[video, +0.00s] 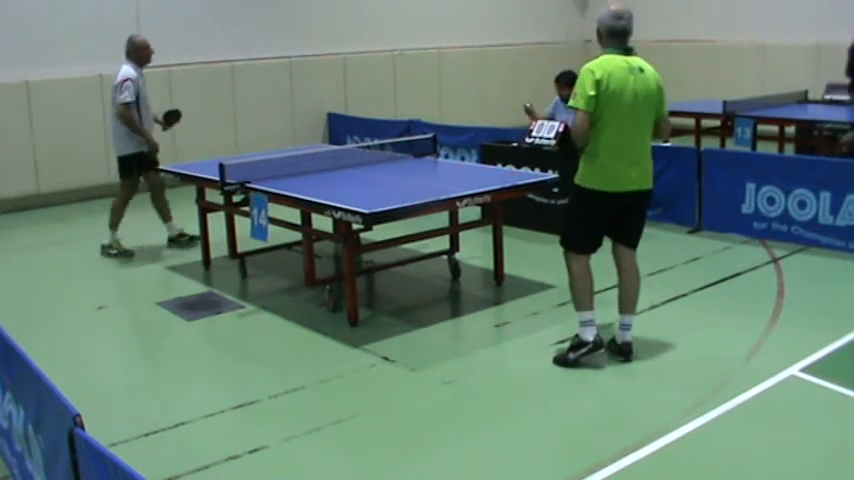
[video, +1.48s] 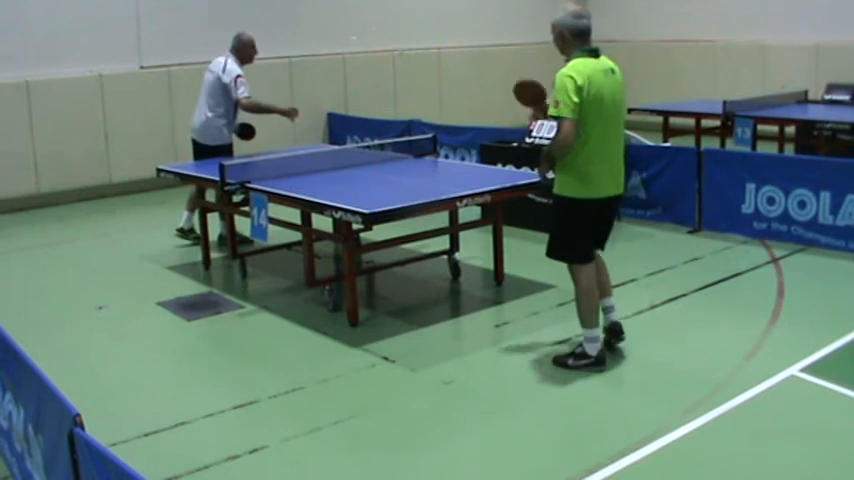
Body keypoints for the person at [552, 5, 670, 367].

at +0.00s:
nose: (597, 39)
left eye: (597, 34)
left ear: (599, 35)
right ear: (630, 35)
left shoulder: (593, 71)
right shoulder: (651, 75)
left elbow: (580, 129)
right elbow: (663, 131)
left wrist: (580, 140)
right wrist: (629, 126)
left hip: (596, 184)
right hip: (638, 184)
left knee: (577, 252)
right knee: (626, 251)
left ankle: (588, 336)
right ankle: (625, 339)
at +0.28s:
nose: (601, 37)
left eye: (601, 32)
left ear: (603, 34)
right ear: (635, 35)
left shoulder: (595, 71)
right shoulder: (653, 76)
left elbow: (579, 128)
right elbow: (664, 131)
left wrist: (581, 142)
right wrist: (631, 124)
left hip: (596, 183)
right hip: (638, 184)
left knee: (575, 251)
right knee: (626, 251)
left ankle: (584, 335)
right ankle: (625, 338)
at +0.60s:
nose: (598, 39)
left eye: (598, 34)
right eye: (605, 33)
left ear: (601, 34)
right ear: (632, 34)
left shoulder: (594, 71)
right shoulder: (650, 72)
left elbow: (577, 132)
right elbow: (653, 121)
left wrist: (578, 142)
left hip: (593, 184)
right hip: (636, 183)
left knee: (575, 252)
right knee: (624, 251)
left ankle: (585, 339)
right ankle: (625, 338)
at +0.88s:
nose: (587, 39)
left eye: (588, 35)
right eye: (592, 34)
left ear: (592, 36)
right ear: (622, 33)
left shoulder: (587, 72)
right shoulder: (641, 71)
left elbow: (572, 135)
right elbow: (638, 120)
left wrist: (565, 141)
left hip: (589, 184)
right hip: (630, 183)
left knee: (583, 259)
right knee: (620, 252)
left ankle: (591, 346)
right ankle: (624, 339)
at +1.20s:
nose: (567, 41)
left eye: (568, 37)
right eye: (569, 37)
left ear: (573, 37)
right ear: (603, 35)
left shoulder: (578, 75)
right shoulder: (624, 69)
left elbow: (569, 134)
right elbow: (615, 119)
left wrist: (554, 156)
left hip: (582, 187)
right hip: (617, 184)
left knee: (583, 264)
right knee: (607, 255)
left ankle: (592, 347)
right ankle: (622, 337)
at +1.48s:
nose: (554, 43)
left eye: (554, 38)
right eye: (554, 38)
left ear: (562, 38)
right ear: (588, 36)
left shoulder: (570, 76)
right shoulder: (611, 68)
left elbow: (567, 136)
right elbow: (610, 121)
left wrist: (546, 161)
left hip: (580, 188)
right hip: (610, 185)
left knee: (579, 264)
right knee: (590, 252)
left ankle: (591, 347)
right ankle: (611, 320)